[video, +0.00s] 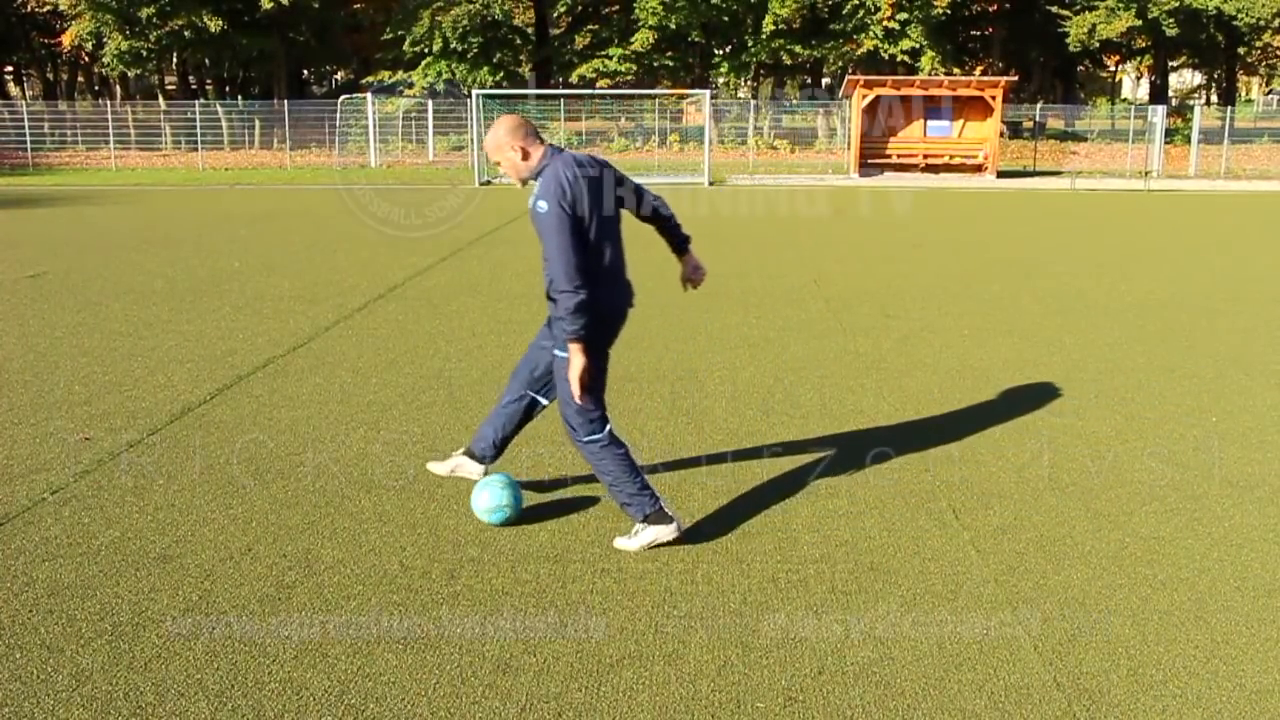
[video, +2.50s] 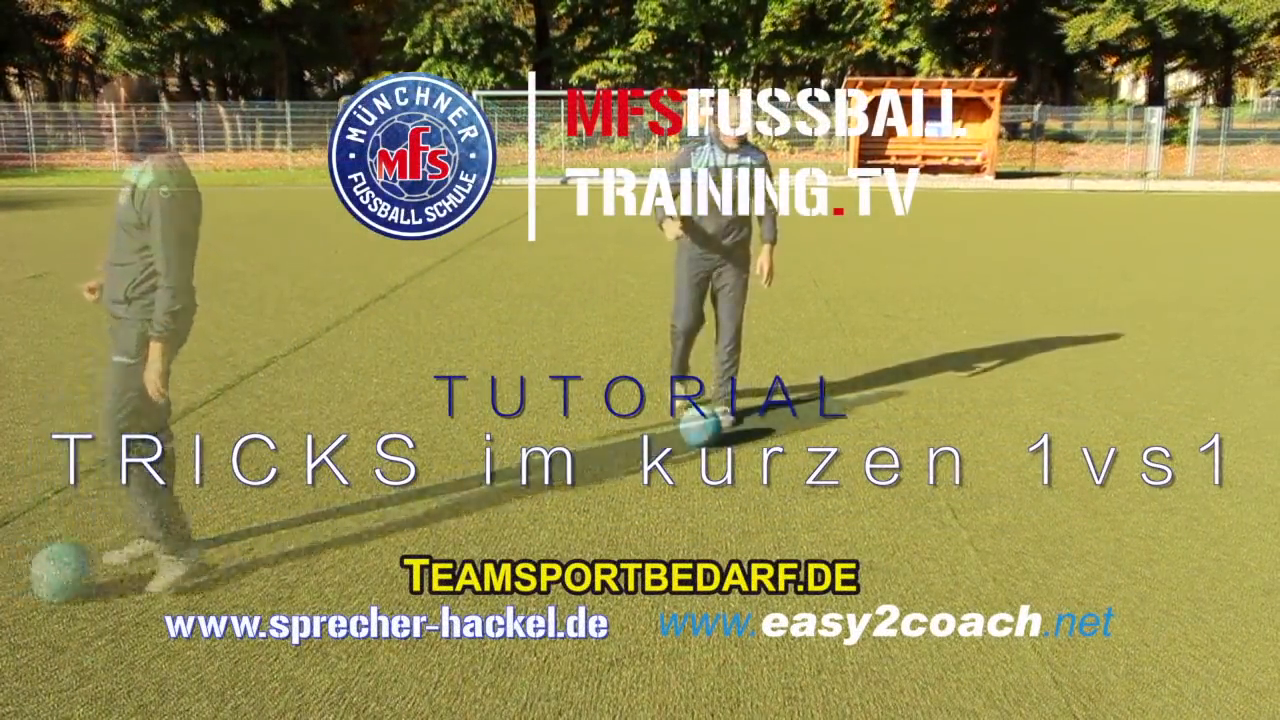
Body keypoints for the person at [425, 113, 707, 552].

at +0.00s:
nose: (502, 173)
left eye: (501, 163)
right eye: (498, 165)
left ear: (523, 151)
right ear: (530, 146)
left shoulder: (547, 193)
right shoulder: (592, 166)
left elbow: (565, 278)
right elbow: (649, 204)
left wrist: (576, 348)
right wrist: (685, 253)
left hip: (582, 316)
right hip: (608, 303)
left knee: (586, 426)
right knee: (529, 380)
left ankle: (654, 517)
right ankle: (476, 457)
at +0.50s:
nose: (426, 167)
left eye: (428, 158)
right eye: (424, 157)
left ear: (443, 157)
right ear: (461, 149)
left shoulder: (458, 199)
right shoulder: (504, 176)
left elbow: (478, 273)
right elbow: (562, 216)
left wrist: (492, 338)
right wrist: (604, 262)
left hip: (510, 311)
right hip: (537, 301)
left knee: (514, 420)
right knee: (473, 384)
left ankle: (606, 486)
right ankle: (478, 482)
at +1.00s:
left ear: (388, 194)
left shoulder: (406, 224)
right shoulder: (445, 199)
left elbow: (437, 282)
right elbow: (500, 225)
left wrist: (454, 345)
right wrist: (519, 274)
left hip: (470, 310)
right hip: (495, 299)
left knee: (403, 394)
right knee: (454, 390)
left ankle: (468, 475)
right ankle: (473, 476)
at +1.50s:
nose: (250, 175)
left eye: (251, 165)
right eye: (248, 166)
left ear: (274, 159)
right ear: (284, 155)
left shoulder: (305, 199)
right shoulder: (334, 175)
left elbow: (338, 281)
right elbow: (388, 212)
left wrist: (350, 348)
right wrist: (410, 269)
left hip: (361, 319)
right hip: (392, 307)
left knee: (316, 416)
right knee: (386, 390)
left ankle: (354, 522)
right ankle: (464, 471)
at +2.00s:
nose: (133, 146)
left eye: (137, 136)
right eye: (131, 137)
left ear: (166, 131)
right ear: (172, 132)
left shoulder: (183, 187)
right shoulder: (207, 179)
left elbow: (190, 280)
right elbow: (229, 255)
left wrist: (186, 358)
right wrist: (235, 317)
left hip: (163, 328)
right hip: (193, 327)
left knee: (72, 397)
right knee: (133, 422)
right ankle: (155, 534)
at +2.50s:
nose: (111, 122)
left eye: (118, 112)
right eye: (108, 112)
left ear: (142, 115)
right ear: (121, 115)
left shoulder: (166, 180)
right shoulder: (145, 173)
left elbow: (175, 277)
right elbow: (148, 255)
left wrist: (158, 349)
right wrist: (110, 281)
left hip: (146, 330)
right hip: (132, 324)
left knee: (128, 437)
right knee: (129, 432)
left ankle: (178, 552)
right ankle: (155, 536)